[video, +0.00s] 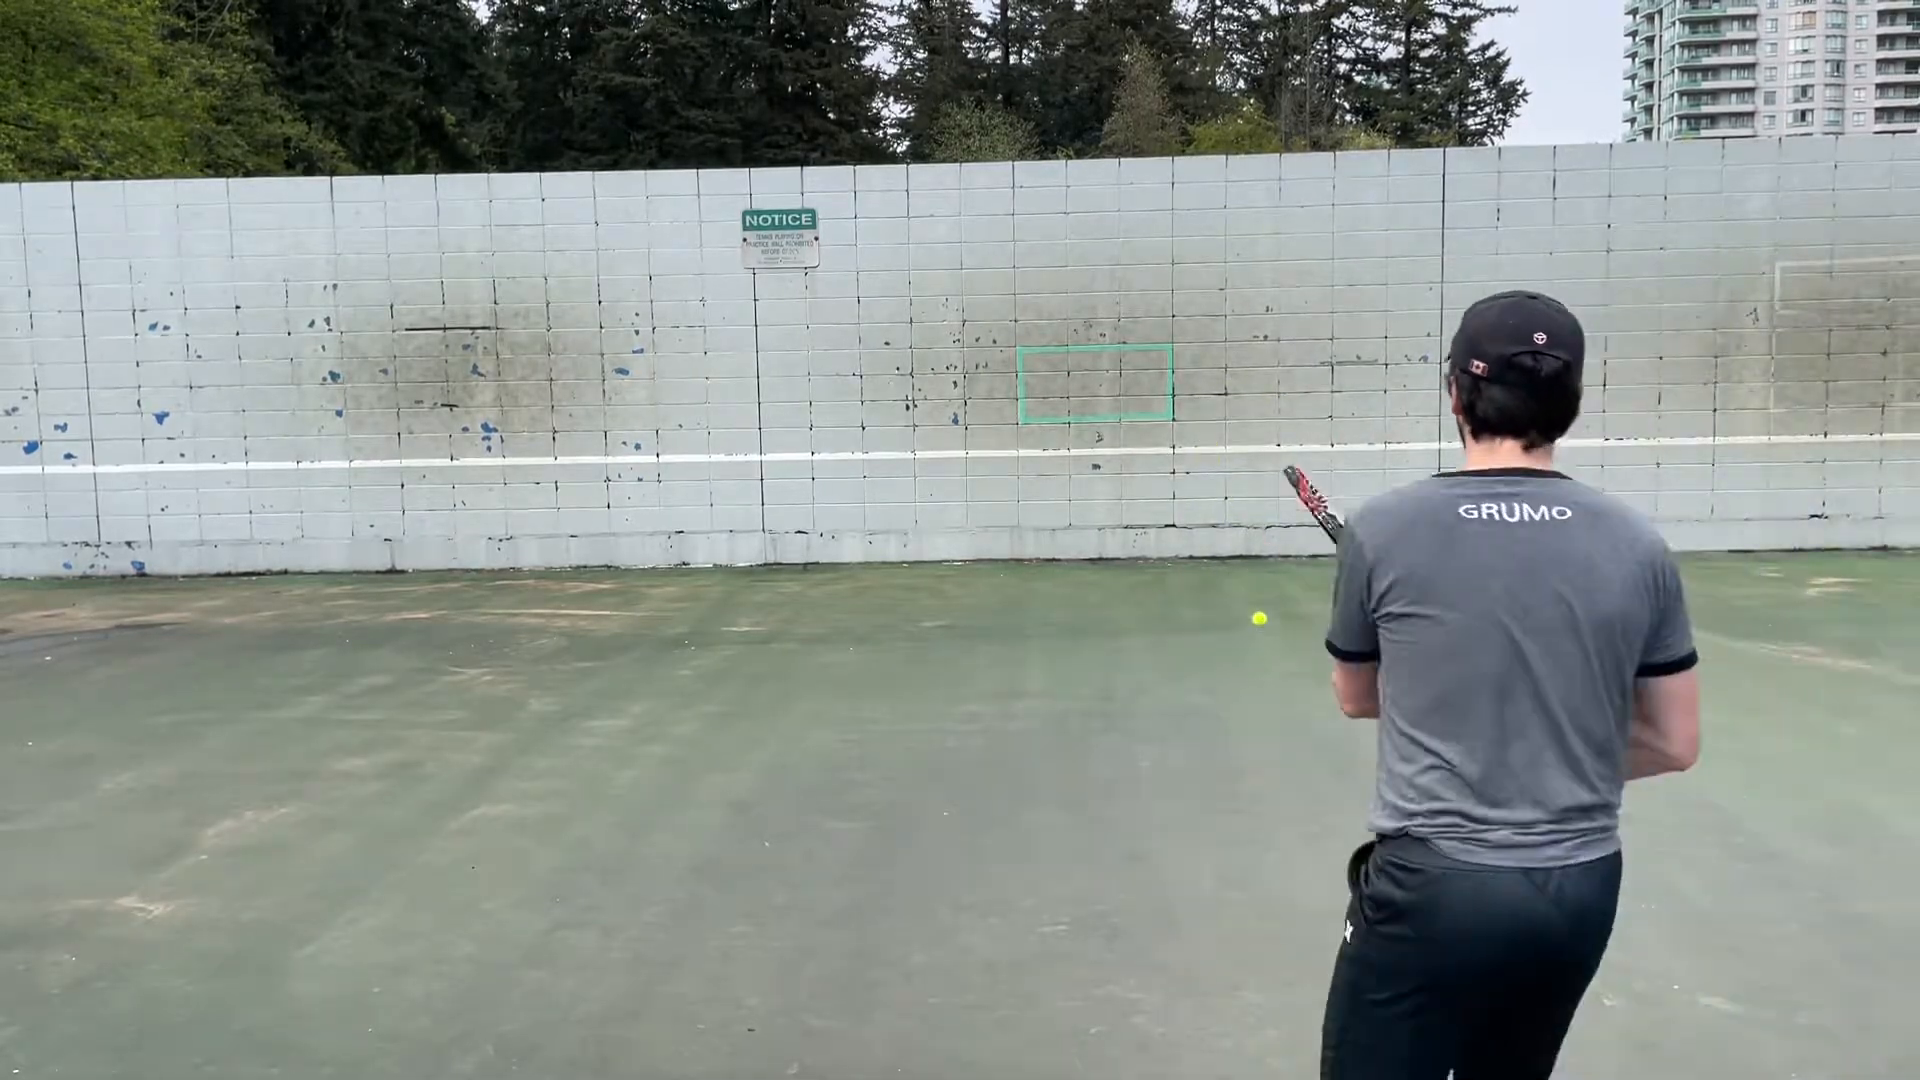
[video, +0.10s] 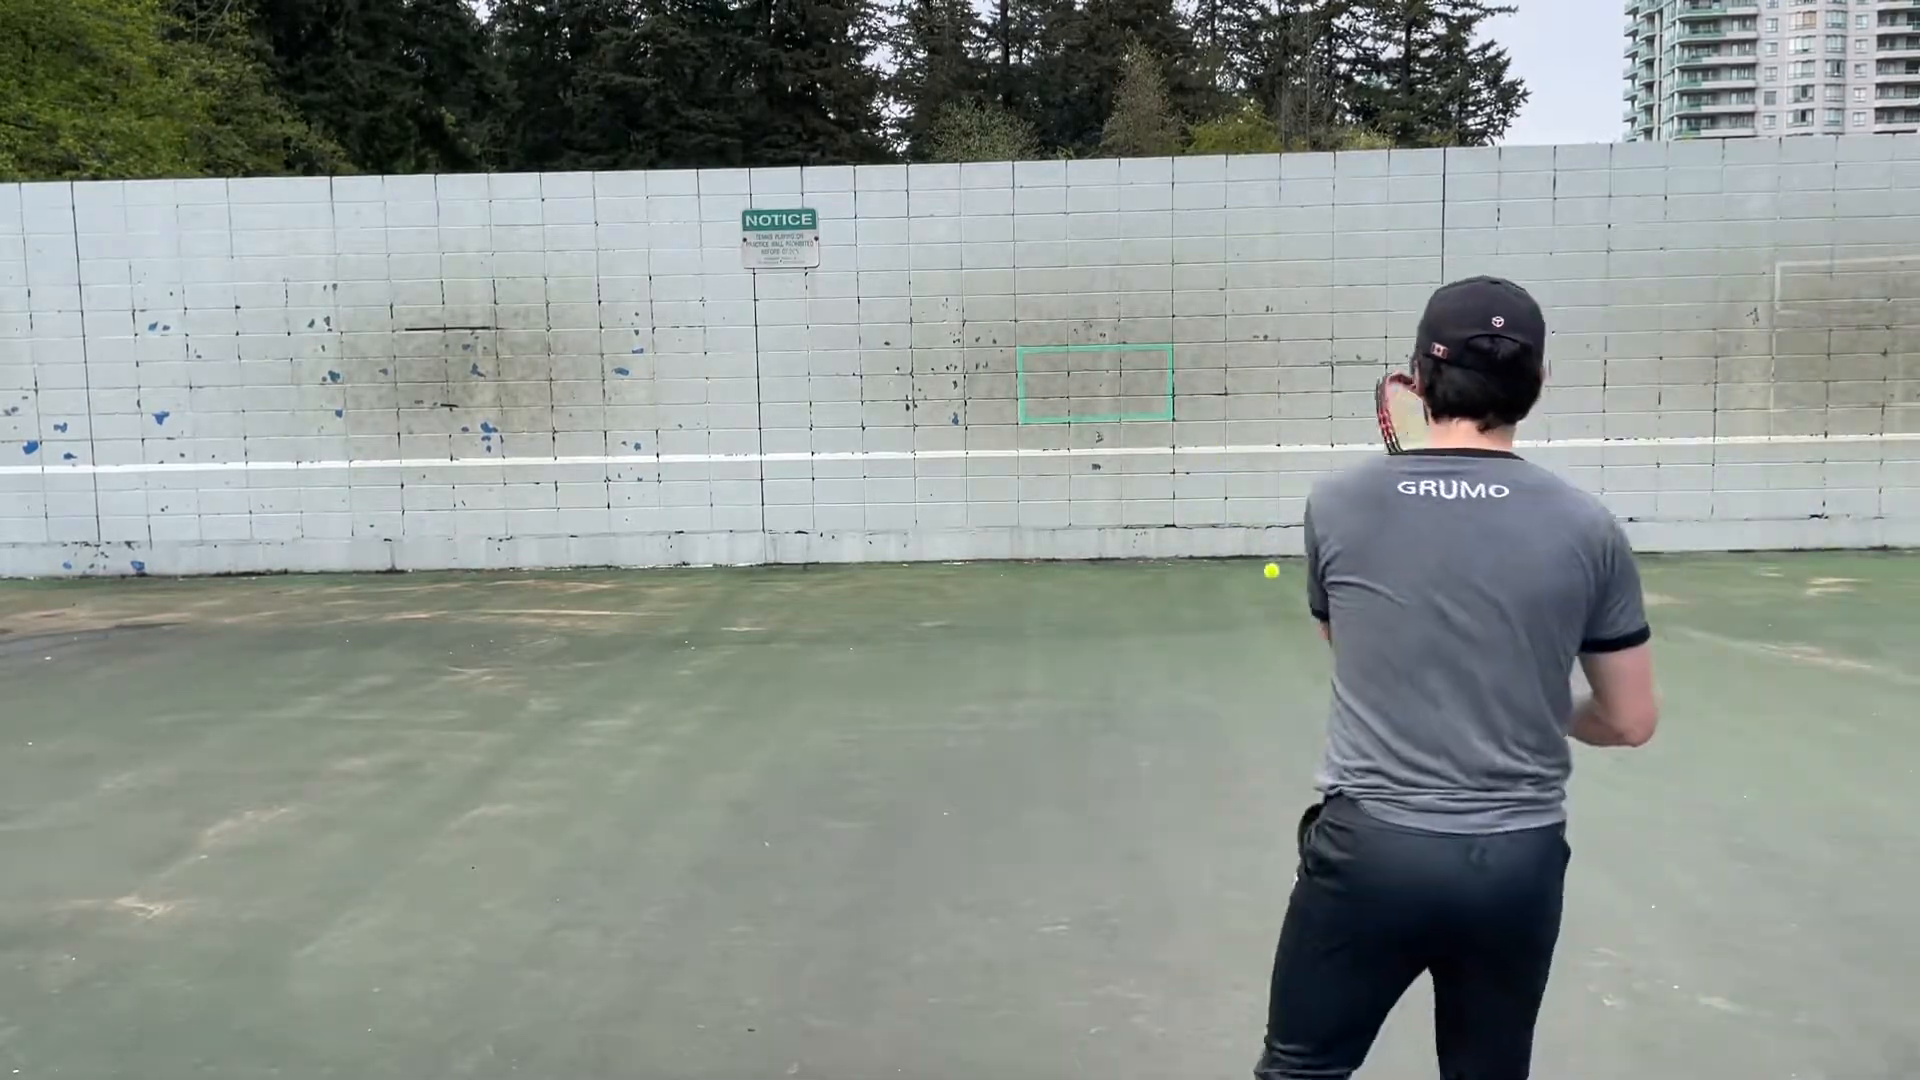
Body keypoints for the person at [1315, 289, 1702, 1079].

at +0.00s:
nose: (1453, 386)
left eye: (1454, 376)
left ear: (1458, 393)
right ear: (1572, 404)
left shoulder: (1385, 528)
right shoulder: (1633, 542)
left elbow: (1358, 696)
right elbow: (1672, 742)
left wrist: (1462, 684)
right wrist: (1552, 745)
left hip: (1429, 898)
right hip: (1573, 901)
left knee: (1366, 1068)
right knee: (1509, 1071)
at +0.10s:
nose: (1415, 370)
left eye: (1418, 359)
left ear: (1421, 374)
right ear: (1536, 387)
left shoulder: (1342, 501)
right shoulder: (1584, 525)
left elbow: (1344, 635)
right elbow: (1629, 718)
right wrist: (1527, 698)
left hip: (1369, 866)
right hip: (1515, 876)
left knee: (1298, 1067)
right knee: (1489, 1070)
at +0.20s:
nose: (1370, 361)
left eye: (1373, 351)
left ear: (1376, 369)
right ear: (1488, 382)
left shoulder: (1298, 494)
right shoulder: (1525, 520)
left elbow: (1356, 604)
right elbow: (1594, 705)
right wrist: (1598, 666)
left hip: (1311, 840)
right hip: (1455, 852)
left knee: (1235, 1053)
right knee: (1468, 1069)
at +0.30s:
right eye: (1444, 374)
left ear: (1328, 382)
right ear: (1439, 397)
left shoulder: (1256, 500)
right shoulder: (1441, 524)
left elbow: (1344, 567)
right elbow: (1553, 694)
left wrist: (1482, 537)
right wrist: (1601, 626)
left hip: (1247, 839)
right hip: (1379, 855)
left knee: (1179, 1048)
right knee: (1437, 1065)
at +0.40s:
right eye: (1401, 399)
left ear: (1284, 402)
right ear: (1394, 419)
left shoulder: (1217, 511)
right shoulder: (1364, 540)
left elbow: (1320, 564)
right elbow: (1501, 676)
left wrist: (1463, 547)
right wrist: (1607, 611)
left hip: (1180, 839)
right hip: (1306, 862)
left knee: (1146, 1049)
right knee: (1406, 1063)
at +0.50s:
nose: (1393, 402)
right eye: (1393, 389)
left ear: (1277, 390)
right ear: (1383, 409)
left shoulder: (1208, 490)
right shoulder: (1333, 513)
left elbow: (1295, 574)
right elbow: (1425, 640)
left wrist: (1434, 558)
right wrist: (1592, 588)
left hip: (1153, 815)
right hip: (1274, 833)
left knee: (1127, 1037)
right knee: (1378, 1045)